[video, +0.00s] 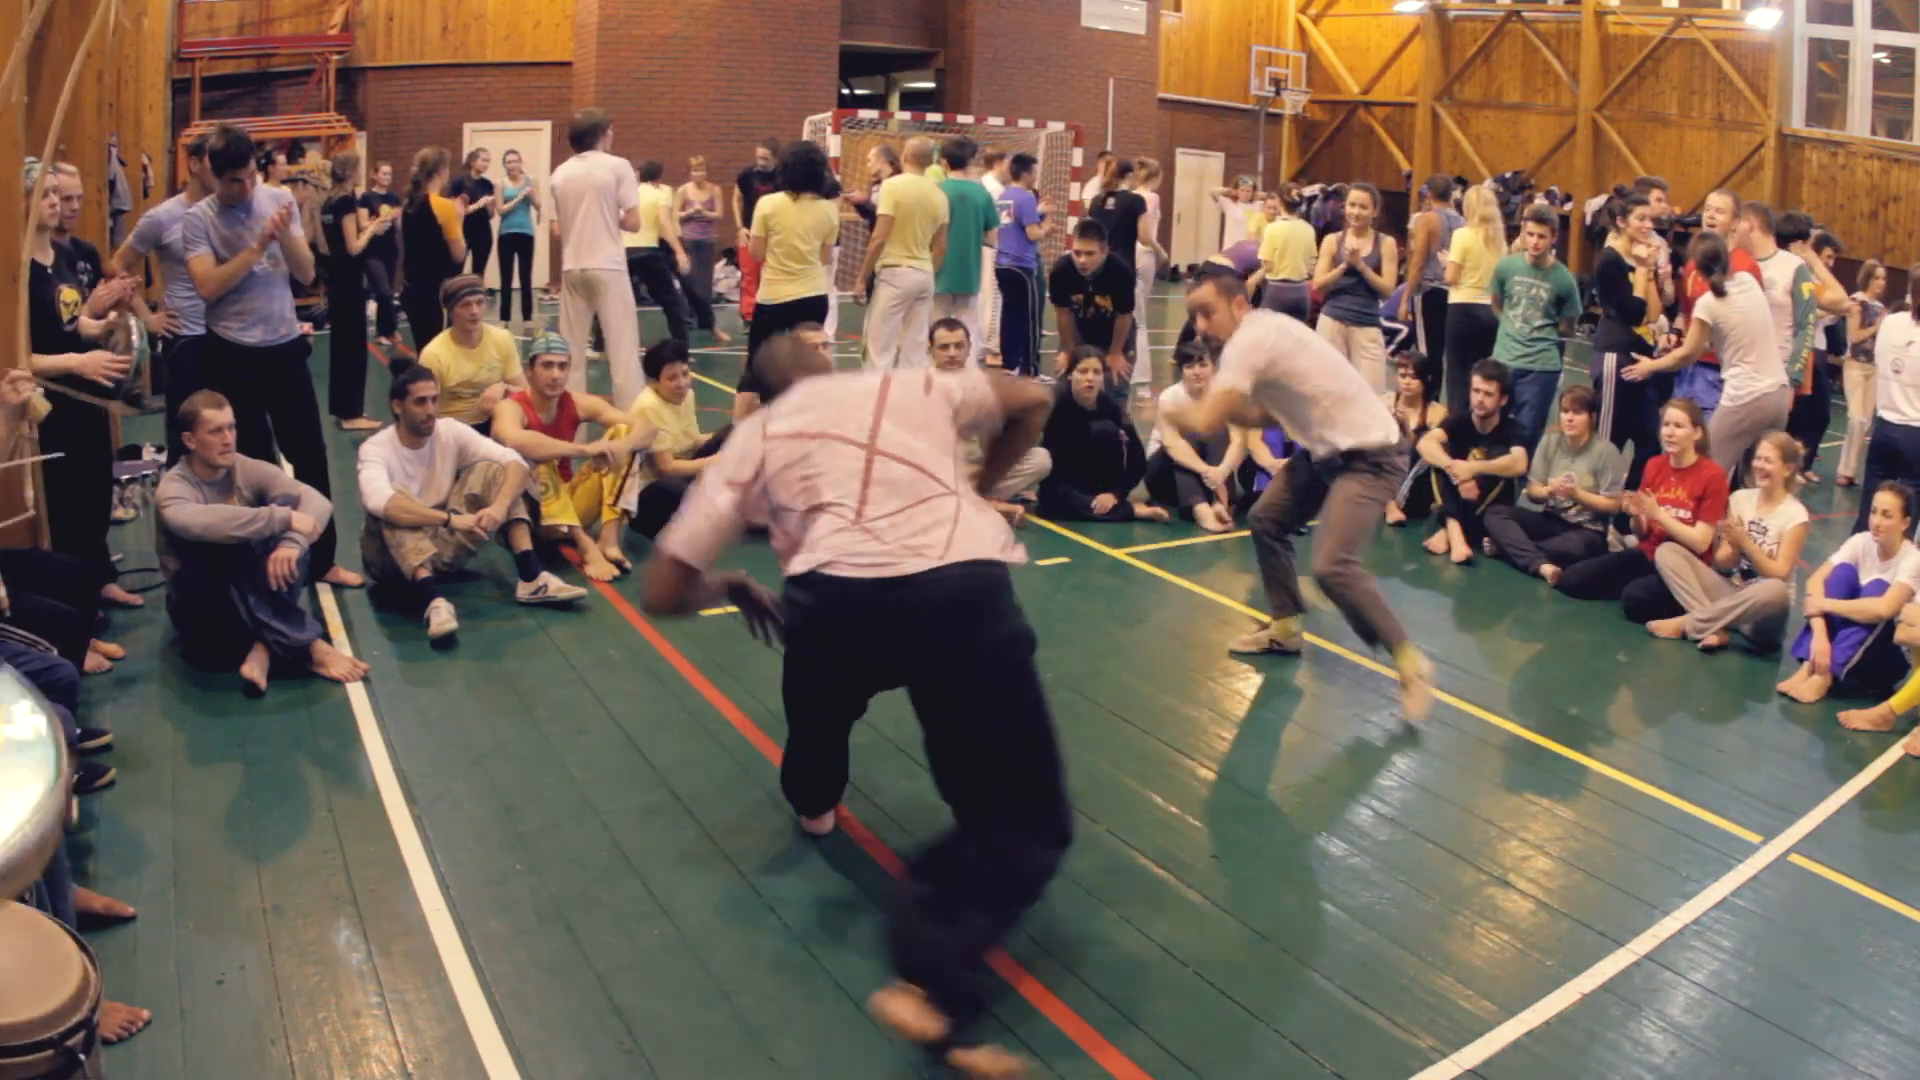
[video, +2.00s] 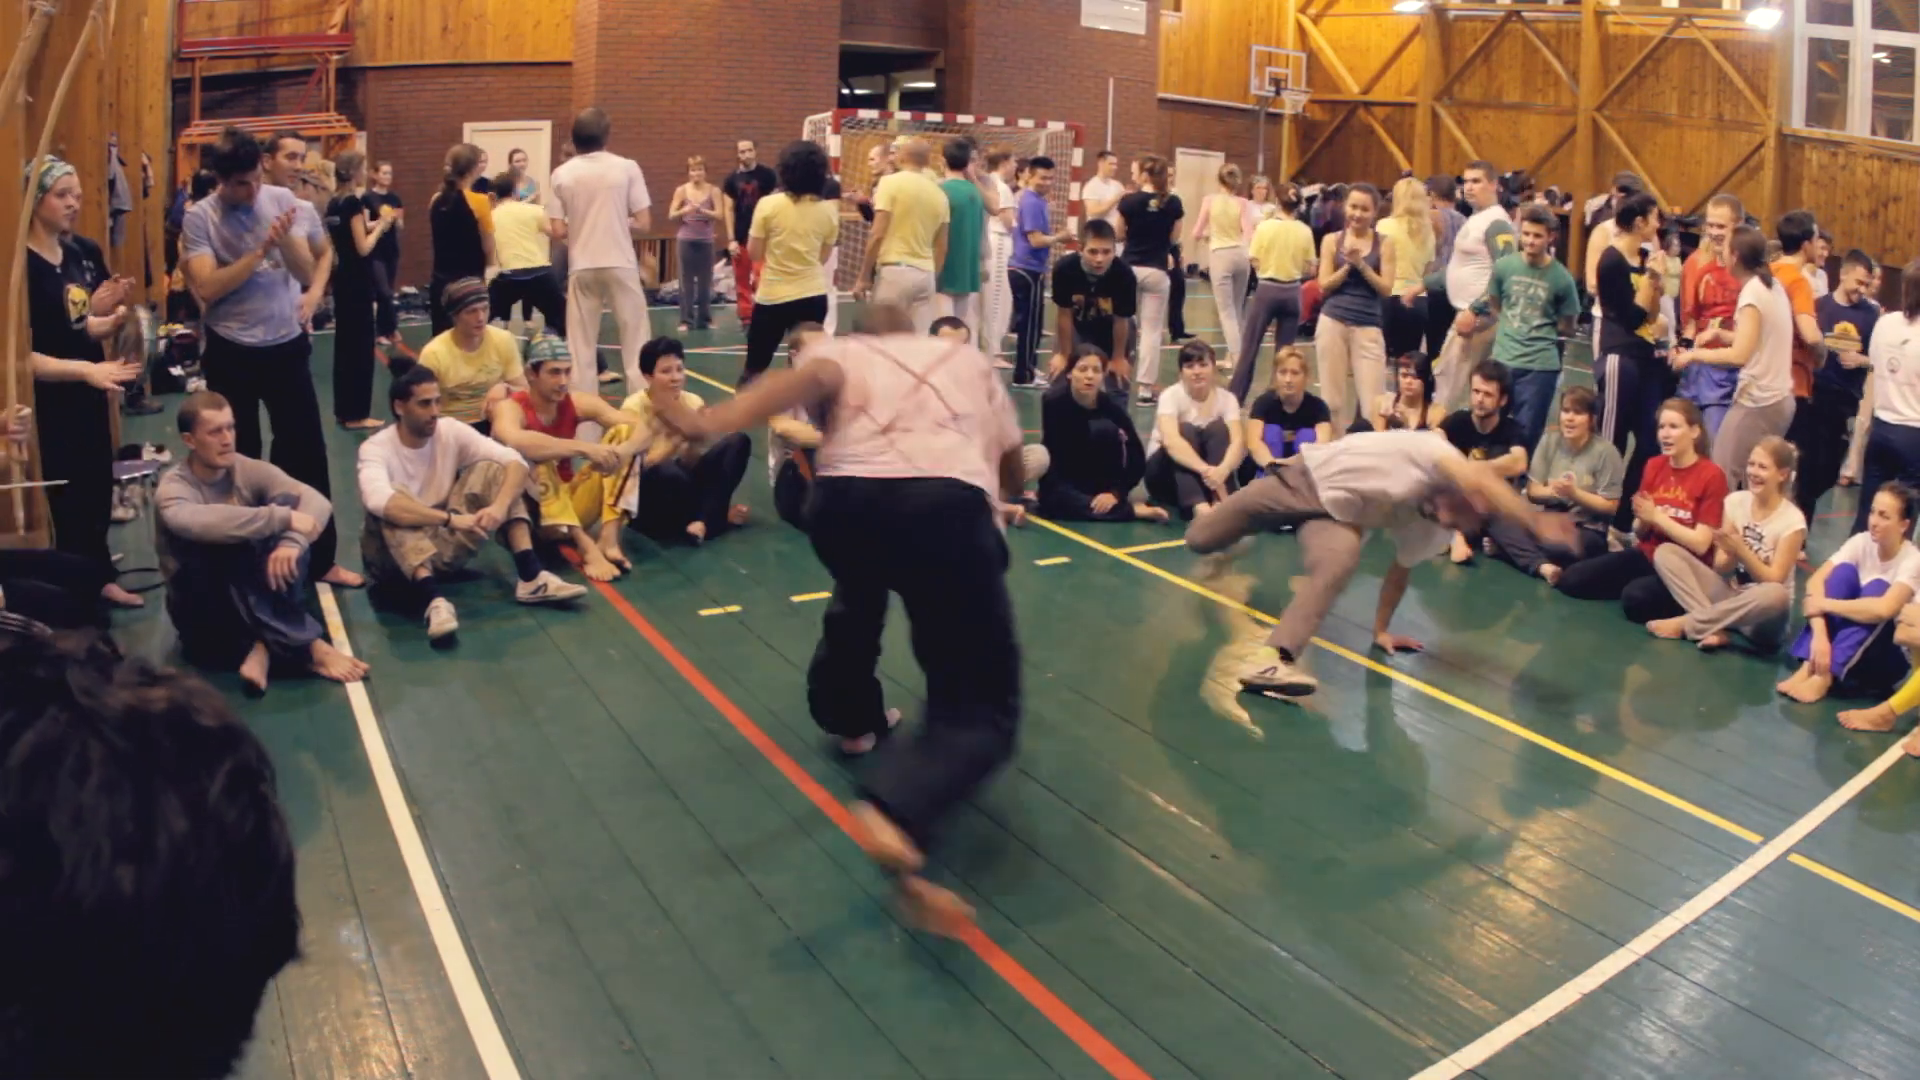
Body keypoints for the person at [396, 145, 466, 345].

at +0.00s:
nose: (449, 173)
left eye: (448, 168)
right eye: (447, 168)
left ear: (421, 170)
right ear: (441, 171)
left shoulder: (408, 206)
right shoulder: (444, 206)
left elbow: (405, 250)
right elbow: (458, 253)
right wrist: (459, 217)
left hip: (412, 286)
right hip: (434, 288)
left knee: (423, 350)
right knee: (434, 349)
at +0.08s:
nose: (450, 173)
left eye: (450, 168)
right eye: (449, 167)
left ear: (422, 170)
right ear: (443, 171)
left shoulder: (409, 207)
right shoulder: (445, 205)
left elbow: (405, 251)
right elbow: (462, 251)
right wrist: (464, 215)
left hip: (413, 287)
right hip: (438, 289)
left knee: (425, 351)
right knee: (439, 350)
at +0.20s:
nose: (451, 172)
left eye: (450, 167)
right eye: (450, 166)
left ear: (423, 170)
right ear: (444, 170)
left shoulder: (411, 206)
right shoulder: (447, 204)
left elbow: (406, 251)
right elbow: (464, 250)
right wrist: (466, 214)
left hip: (415, 285)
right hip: (441, 287)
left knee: (425, 349)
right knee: (441, 349)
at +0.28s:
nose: (452, 172)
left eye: (452, 167)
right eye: (451, 167)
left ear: (425, 170)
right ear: (445, 170)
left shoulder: (411, 207)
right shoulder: (452, 204)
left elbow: (411, 248)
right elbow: (463, 250)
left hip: (417, 284)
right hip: (444, 284)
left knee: (425, 348)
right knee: (441, 345)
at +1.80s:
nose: (478, 168)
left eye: (478, 162)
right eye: (476, 163)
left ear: (448, 166)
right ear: (469, 168)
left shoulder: (432, 201)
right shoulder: (473, 201)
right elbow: (490, 245)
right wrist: (493, 211)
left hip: (437, 282)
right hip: (467, 284)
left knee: (439, 346)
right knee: (465, 346)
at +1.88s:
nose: (480, 167)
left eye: (480, 162)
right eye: (478, 163)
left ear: (450, 166)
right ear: (471, 168)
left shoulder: (433, 201)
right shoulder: (476, 200)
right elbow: (491, 245)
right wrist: (496, 211)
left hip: (438, 283)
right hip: (469, 284)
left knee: (439, 345)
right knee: (467, 344)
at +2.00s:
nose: (481, 167)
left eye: (481, 162)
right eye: (479, 163)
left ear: (451, 166)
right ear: (472, 169)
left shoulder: (436, 201)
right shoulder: (480, 202)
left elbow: (438, 241)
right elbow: (488, 245)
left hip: (441, 279)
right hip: (470, 280)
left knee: (441, 339)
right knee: (469, 338)